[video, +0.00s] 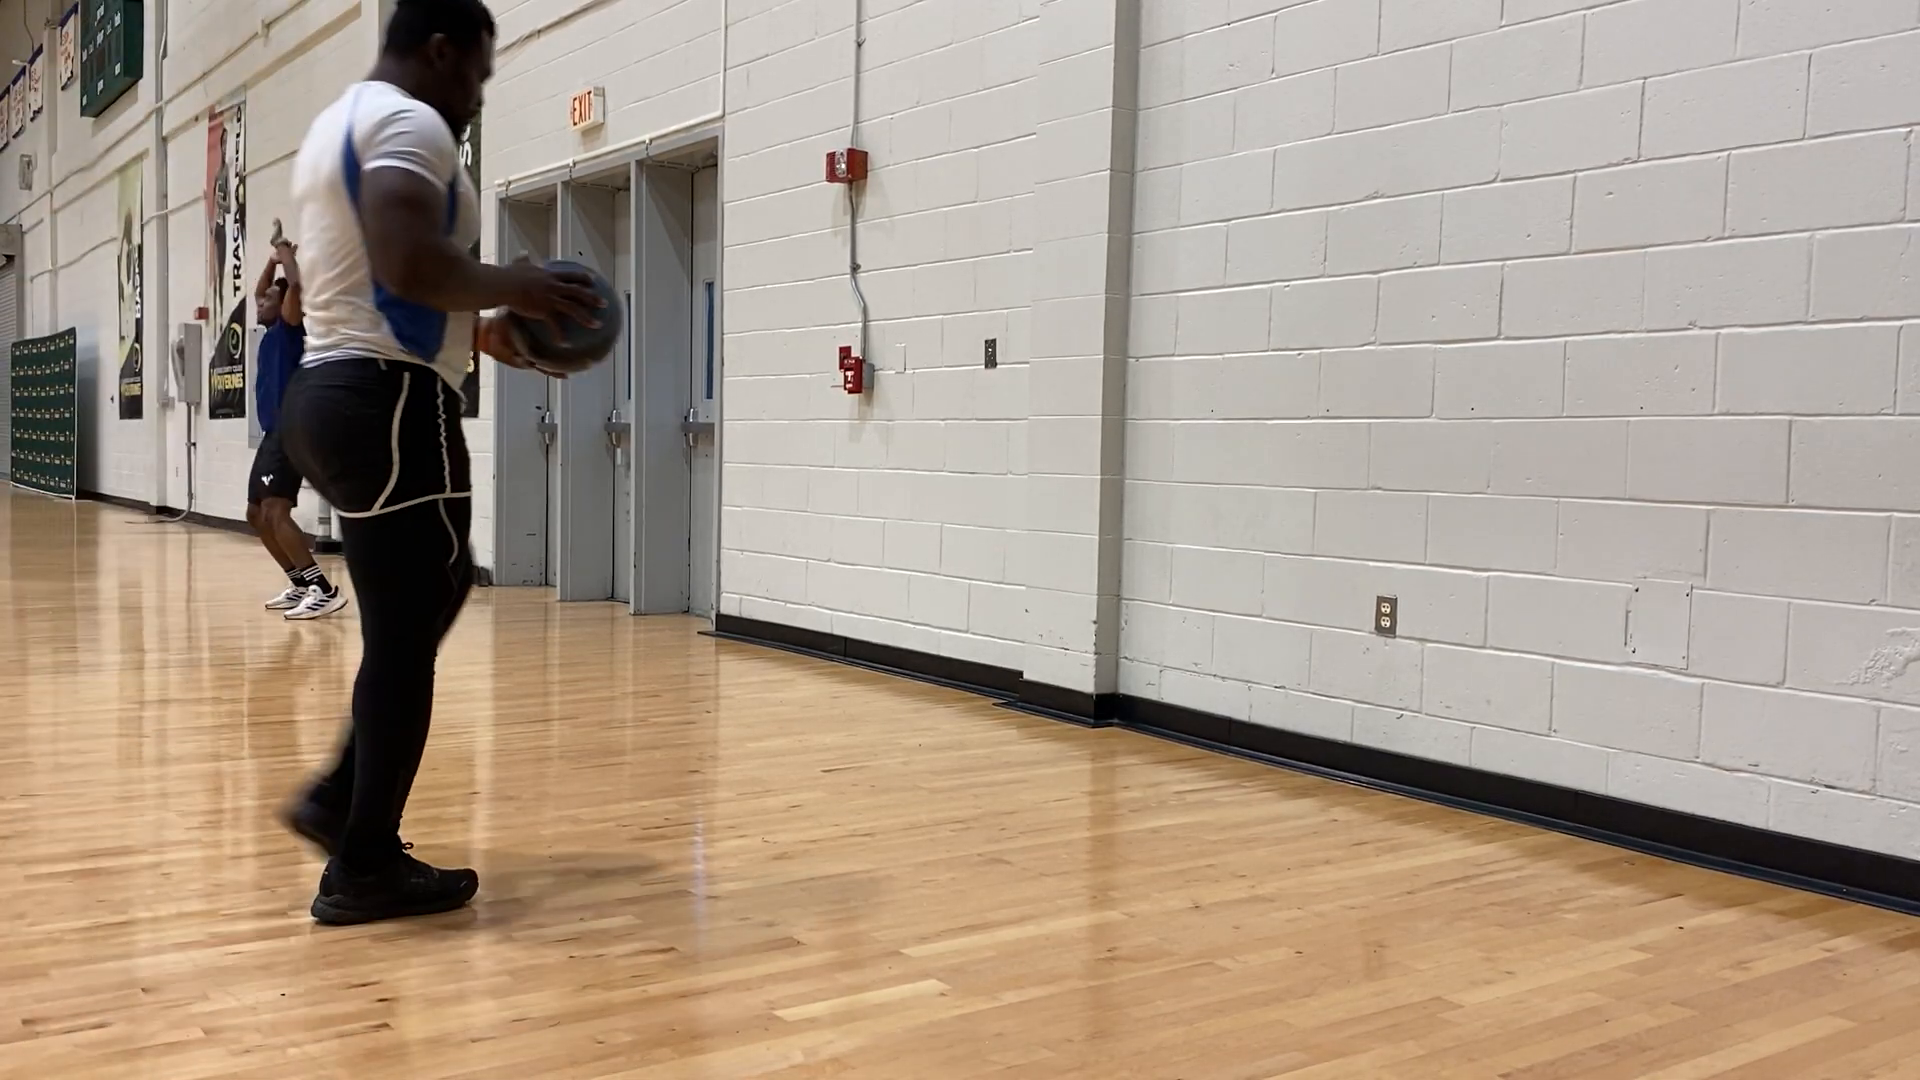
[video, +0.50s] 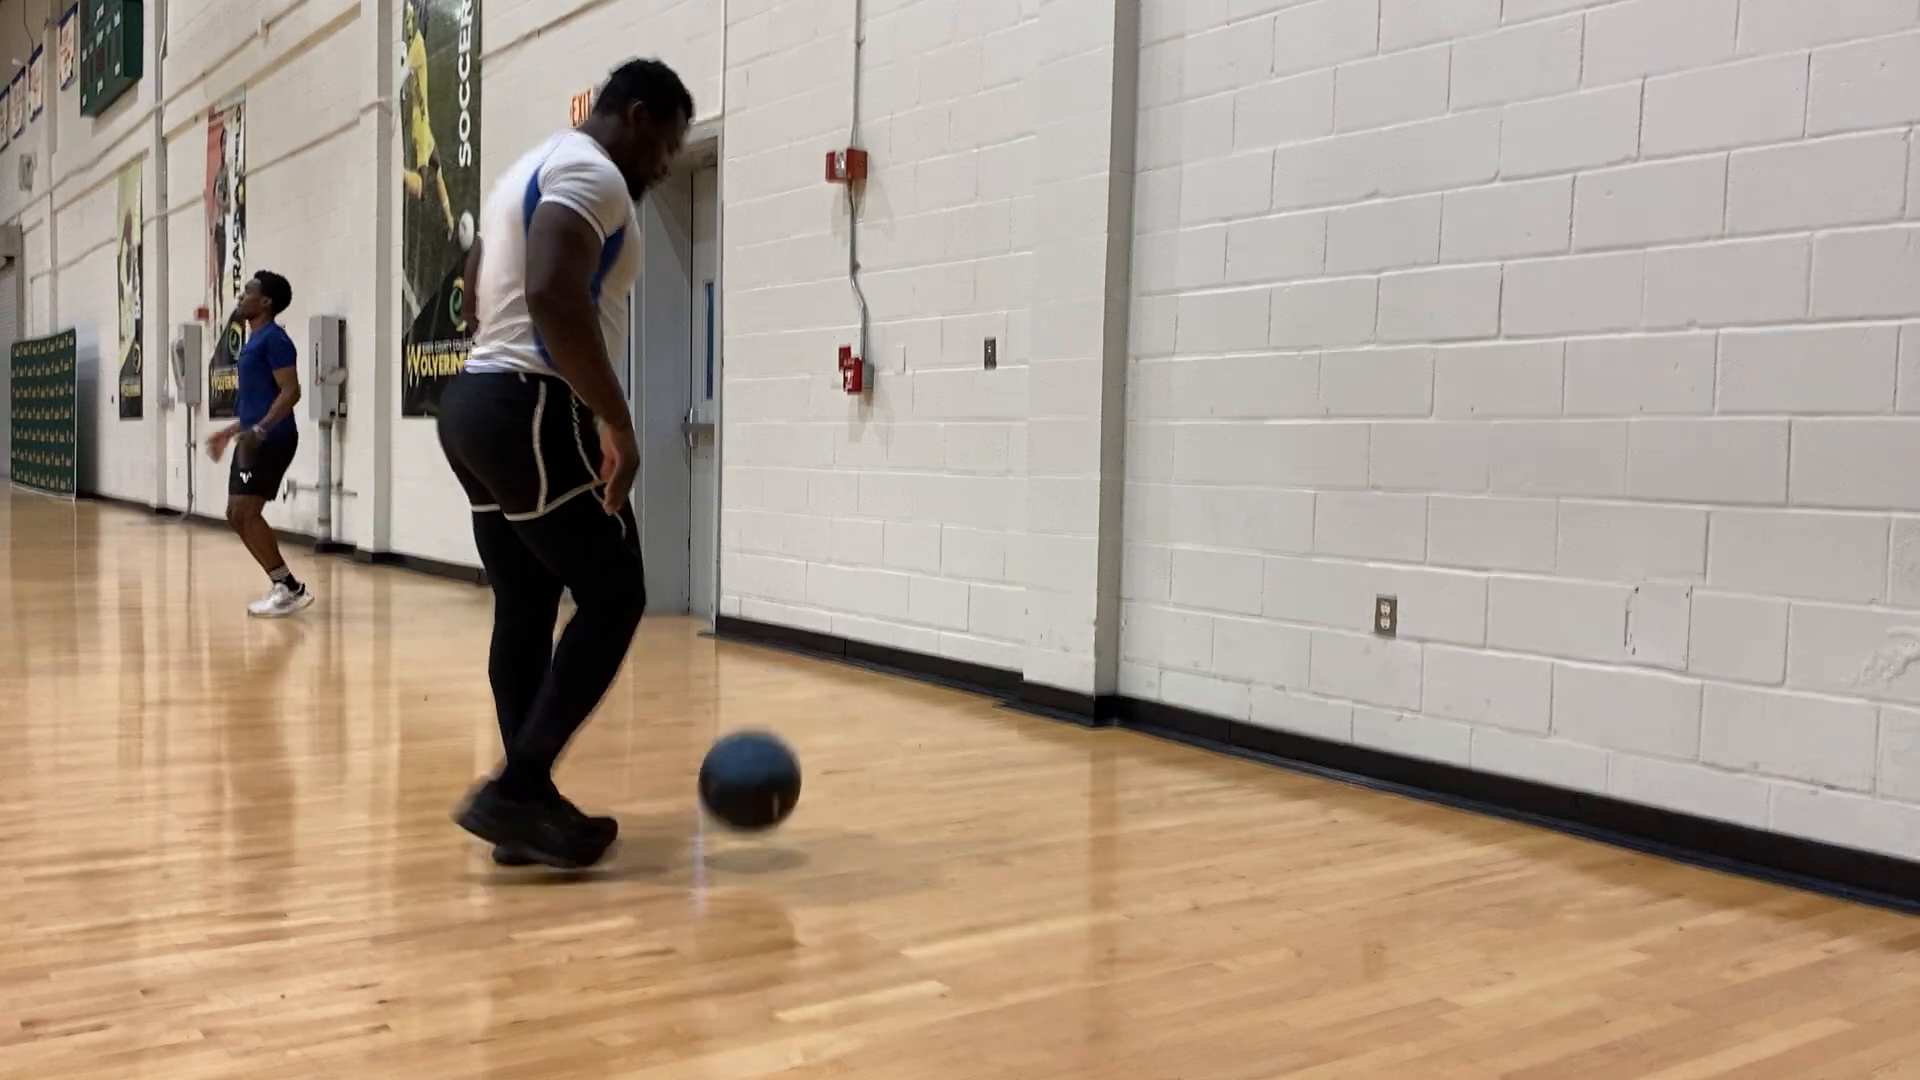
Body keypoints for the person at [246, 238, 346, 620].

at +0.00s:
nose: (263, 301)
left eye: (270, 297)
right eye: (264, 297)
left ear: (286, 300)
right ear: (269, 303)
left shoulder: (291, 323)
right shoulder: (273, 324)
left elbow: (294, 308)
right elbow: (260, 296)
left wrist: (289, 264)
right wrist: (274, 261)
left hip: (289, 425)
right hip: (272, 427)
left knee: (274, 512)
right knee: (256, 515)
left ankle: (320, 588)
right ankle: (300, 583)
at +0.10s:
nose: (265, 280)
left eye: (272, 275)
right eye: (266, 275)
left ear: (284, 284)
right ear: (270, 285)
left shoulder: (290, 312)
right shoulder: (269, 314)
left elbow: (297, 277)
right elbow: (252, 288)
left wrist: (281, 231)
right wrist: (245, 246)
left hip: (284, 414)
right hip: (265, 414)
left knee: (278, 496)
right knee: (260, 498)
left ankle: (314, 578)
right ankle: (293, 578)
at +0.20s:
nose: (257, 269)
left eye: (265, 264)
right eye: (260, 263)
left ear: (282, 271)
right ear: (268, 271)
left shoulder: (288, 300)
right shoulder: (265, 311)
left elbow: (306, 304)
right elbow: (246, 314)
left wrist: (280, 271)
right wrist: (221, 284)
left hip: (279, 399)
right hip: (260, 401)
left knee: (274, 481)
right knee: (258, 483)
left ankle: (302, 569)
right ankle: (284, 566)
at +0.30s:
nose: (250, 270)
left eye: (257, 266)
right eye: (253, 264)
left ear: (275, 275)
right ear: (267, 275)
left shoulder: (282, 305)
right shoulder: (263, 311)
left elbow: (305, 344)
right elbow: (257, 359)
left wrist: (281, 353)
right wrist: (222, 359)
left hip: (276, 405)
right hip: (258, 405)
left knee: (265, 487)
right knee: (253, 488)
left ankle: (287, 573)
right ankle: (279, 571)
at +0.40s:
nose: (242, 295)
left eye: (250, 290)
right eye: (245, 289)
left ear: (266, 300)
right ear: (261, 300)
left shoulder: (278, 337)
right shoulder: (257, 338)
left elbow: (299, 389)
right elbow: (258, 396)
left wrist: (274, 423)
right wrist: (236, 427)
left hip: (276, 431)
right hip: (255, 430)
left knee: (246, 508)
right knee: (239, 511)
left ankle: (288, 586)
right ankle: (284, 584)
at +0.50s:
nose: (240, 296)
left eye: (247, 292)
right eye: (242, 290)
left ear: (264, 302)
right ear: (260, 303)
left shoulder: (274, 339)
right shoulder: (255, 340)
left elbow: (291, 392)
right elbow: (256, 403)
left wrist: (262, 429)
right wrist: (228, 432)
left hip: (273, 435)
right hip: (255, 435)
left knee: (245, 511)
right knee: (236, 514)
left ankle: (288, 587)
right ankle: (284, 586)